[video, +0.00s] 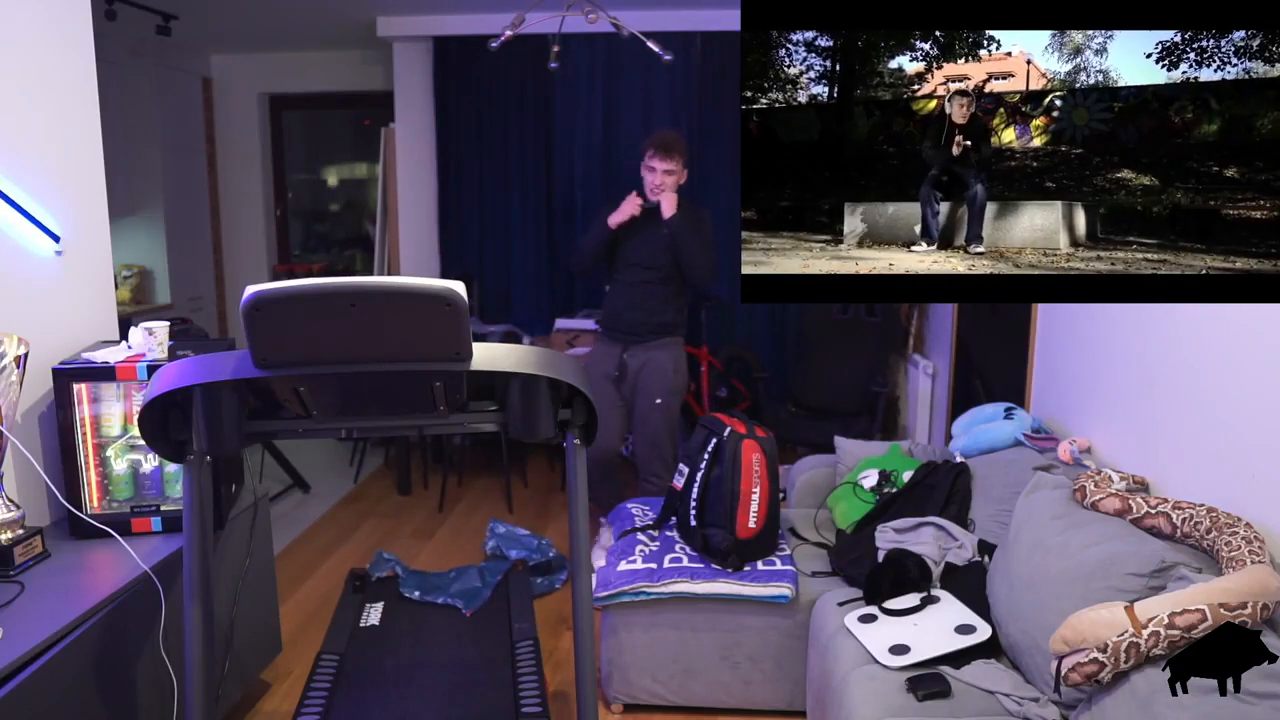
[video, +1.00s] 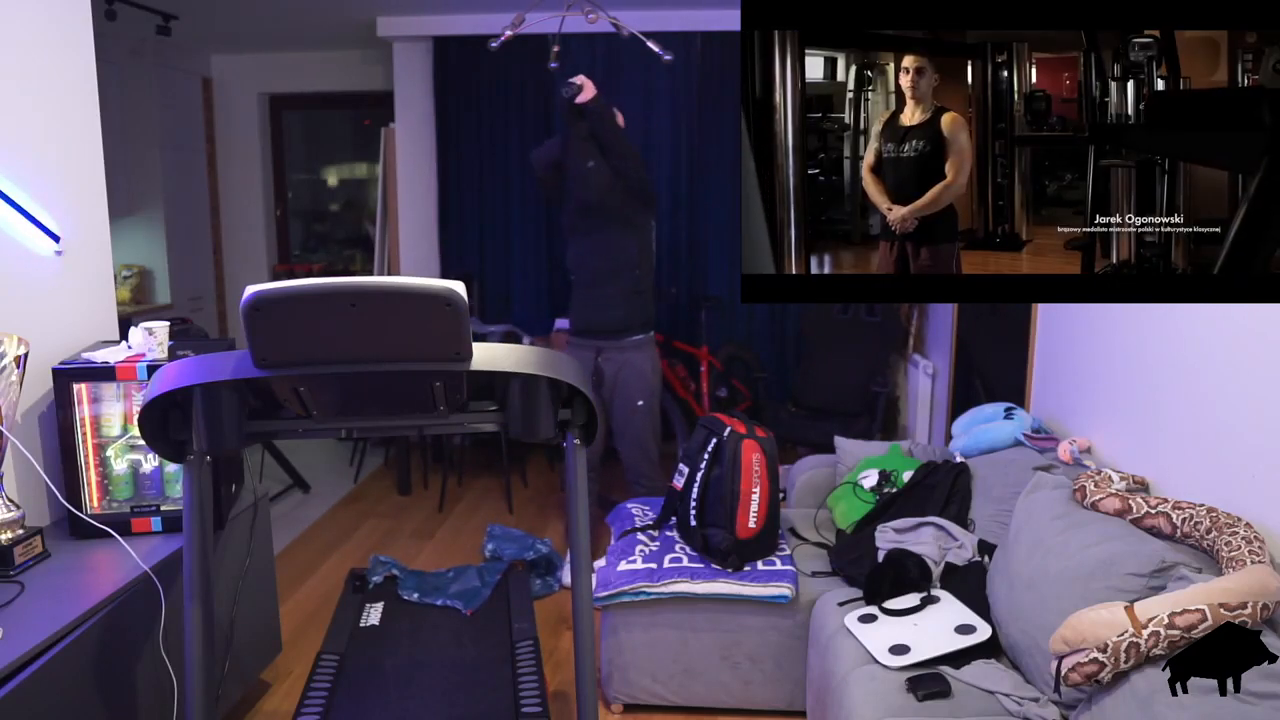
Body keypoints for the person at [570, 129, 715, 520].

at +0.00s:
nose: (657, 180)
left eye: (667, 172)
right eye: (651, 171)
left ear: (682, 176)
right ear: (641, 171)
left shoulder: (691, 219)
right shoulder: (623, 212)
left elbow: (700, 276)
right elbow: (583, 262)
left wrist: (672, 219)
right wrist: (613, 220)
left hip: (660, 348)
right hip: (609, 345)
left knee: (654, 451)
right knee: (599, 446)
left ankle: (654, 538)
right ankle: (606, 527)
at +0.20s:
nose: (643, 173)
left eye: (653, 165)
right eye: (639, 165)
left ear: (673, 173)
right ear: (631, 173)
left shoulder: (685, 205)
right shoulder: (624, 203)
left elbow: (676, 237)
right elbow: (582, 221)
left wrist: (654, 181)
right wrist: (603, 178)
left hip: (660, 350)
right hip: (610, 348)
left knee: (654, 454)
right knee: (599, 453)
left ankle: (658, 549)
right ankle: (592, 545)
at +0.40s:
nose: (634, 166)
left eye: (641, 160)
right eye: (632, 163)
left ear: (659, 162)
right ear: (628, 168)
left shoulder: (682, 207)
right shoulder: (619, 201)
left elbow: (674, 205)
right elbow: (570, 189)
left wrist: (644, 150)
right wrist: (591, 141)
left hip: (660, 348)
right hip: (610, 345)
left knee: (655, 454)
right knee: (595, 449)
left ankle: (661, 545)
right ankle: (593, 541)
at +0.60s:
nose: (625, 175)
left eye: (633, 166)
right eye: (621, 169)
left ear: (651, 167)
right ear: (612, 168)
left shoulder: (673, 198)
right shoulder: (602, 194)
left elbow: (668, 171)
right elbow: (558, 172)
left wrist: (627, 129)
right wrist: (590, 126)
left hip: (656, 347)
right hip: (604, 344)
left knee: (655, 458)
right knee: (594, 454)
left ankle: (657, 543)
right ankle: (585, 543)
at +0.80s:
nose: (612, 160)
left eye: (620, 150)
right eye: (604, 150)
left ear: (635, 152)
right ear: (596, 153)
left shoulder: (656, 195)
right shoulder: (587, 192)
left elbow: (656, 161)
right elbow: (539, 177)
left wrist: (623, 115)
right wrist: (590, 161)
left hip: (645, 347)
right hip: (592, 345)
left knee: (650, 461)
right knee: (586, 459)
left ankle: (652, 559)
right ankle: (581, 551)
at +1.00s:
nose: (616, 132)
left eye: (616, 127)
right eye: (609, 126)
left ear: (621, 137)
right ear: (596, 132)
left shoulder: (637, 192)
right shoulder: (571, 190)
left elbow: (618, 151)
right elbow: (544, 160)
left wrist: (593, 106)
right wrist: (579, 120)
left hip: (630, 341)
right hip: (580, 339)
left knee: (639, 452)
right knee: (580, 451)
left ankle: (651, 547)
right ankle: (581, 547)